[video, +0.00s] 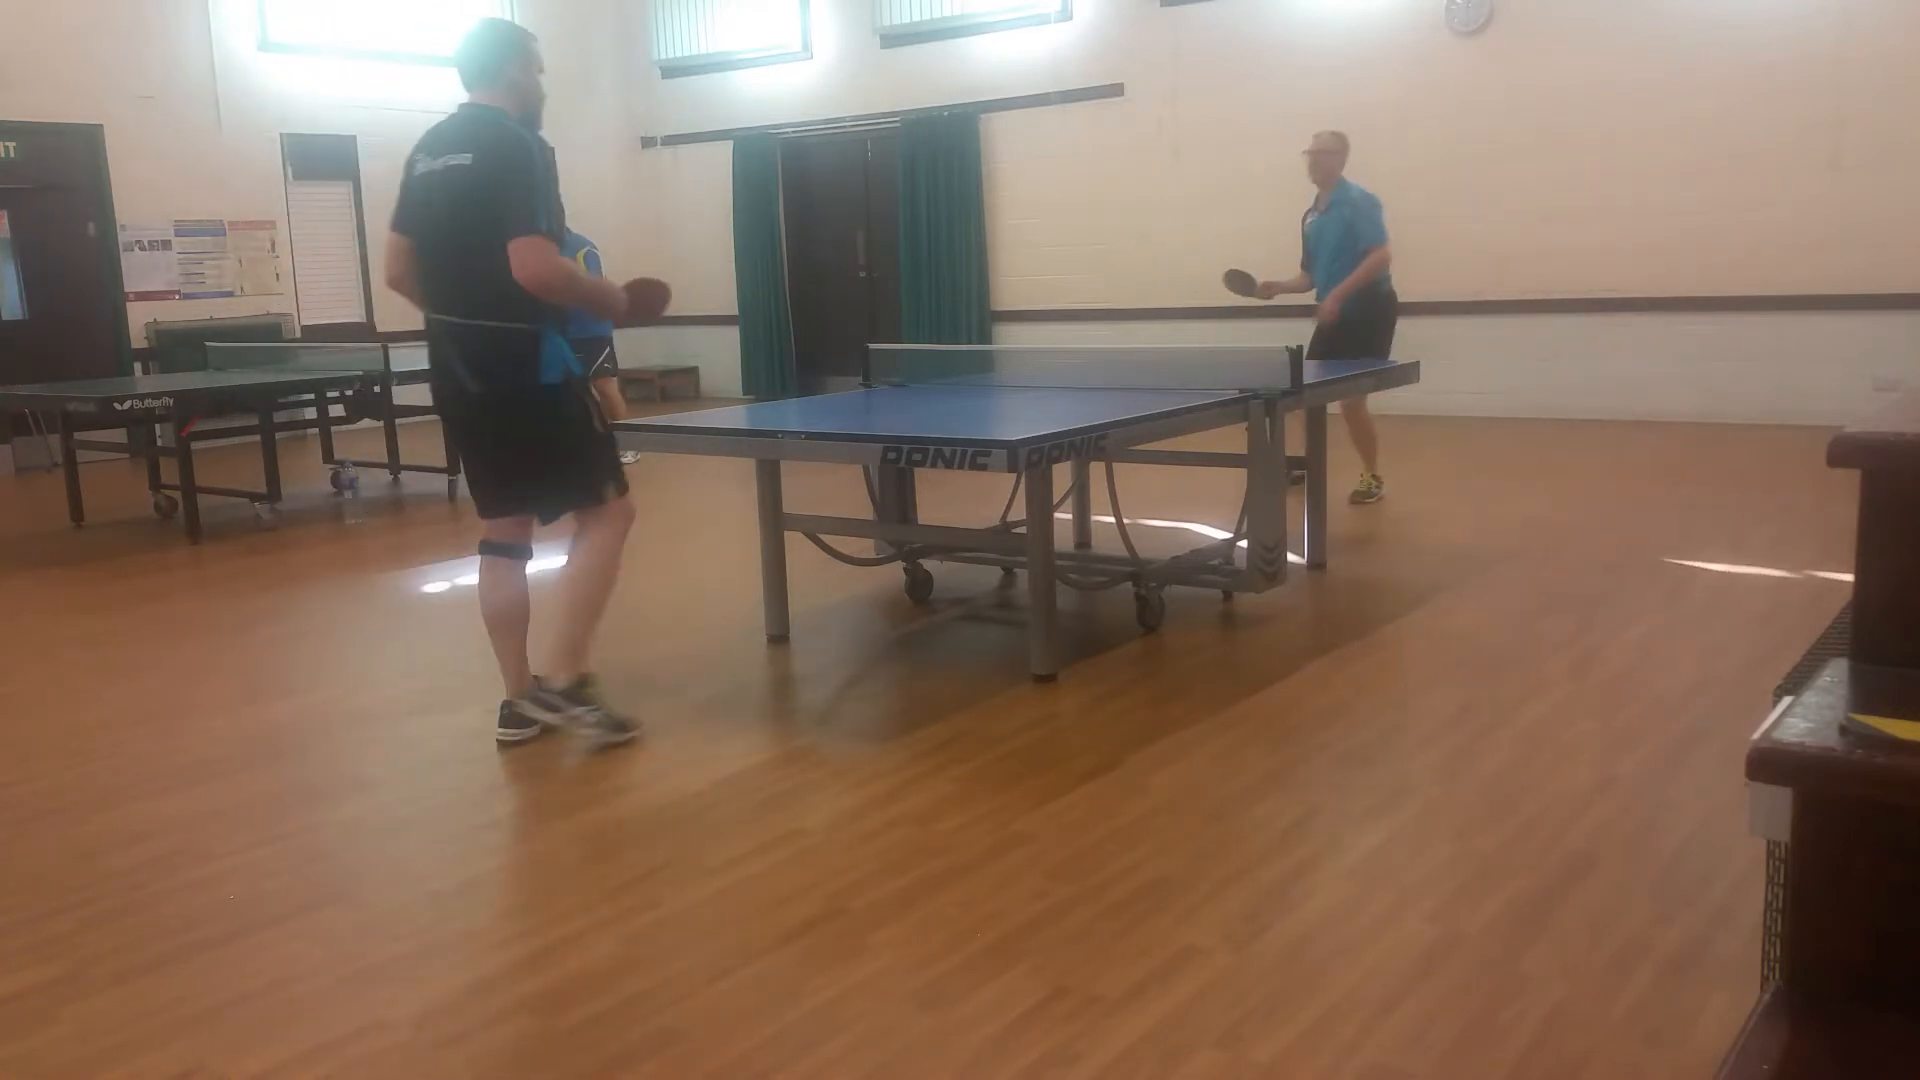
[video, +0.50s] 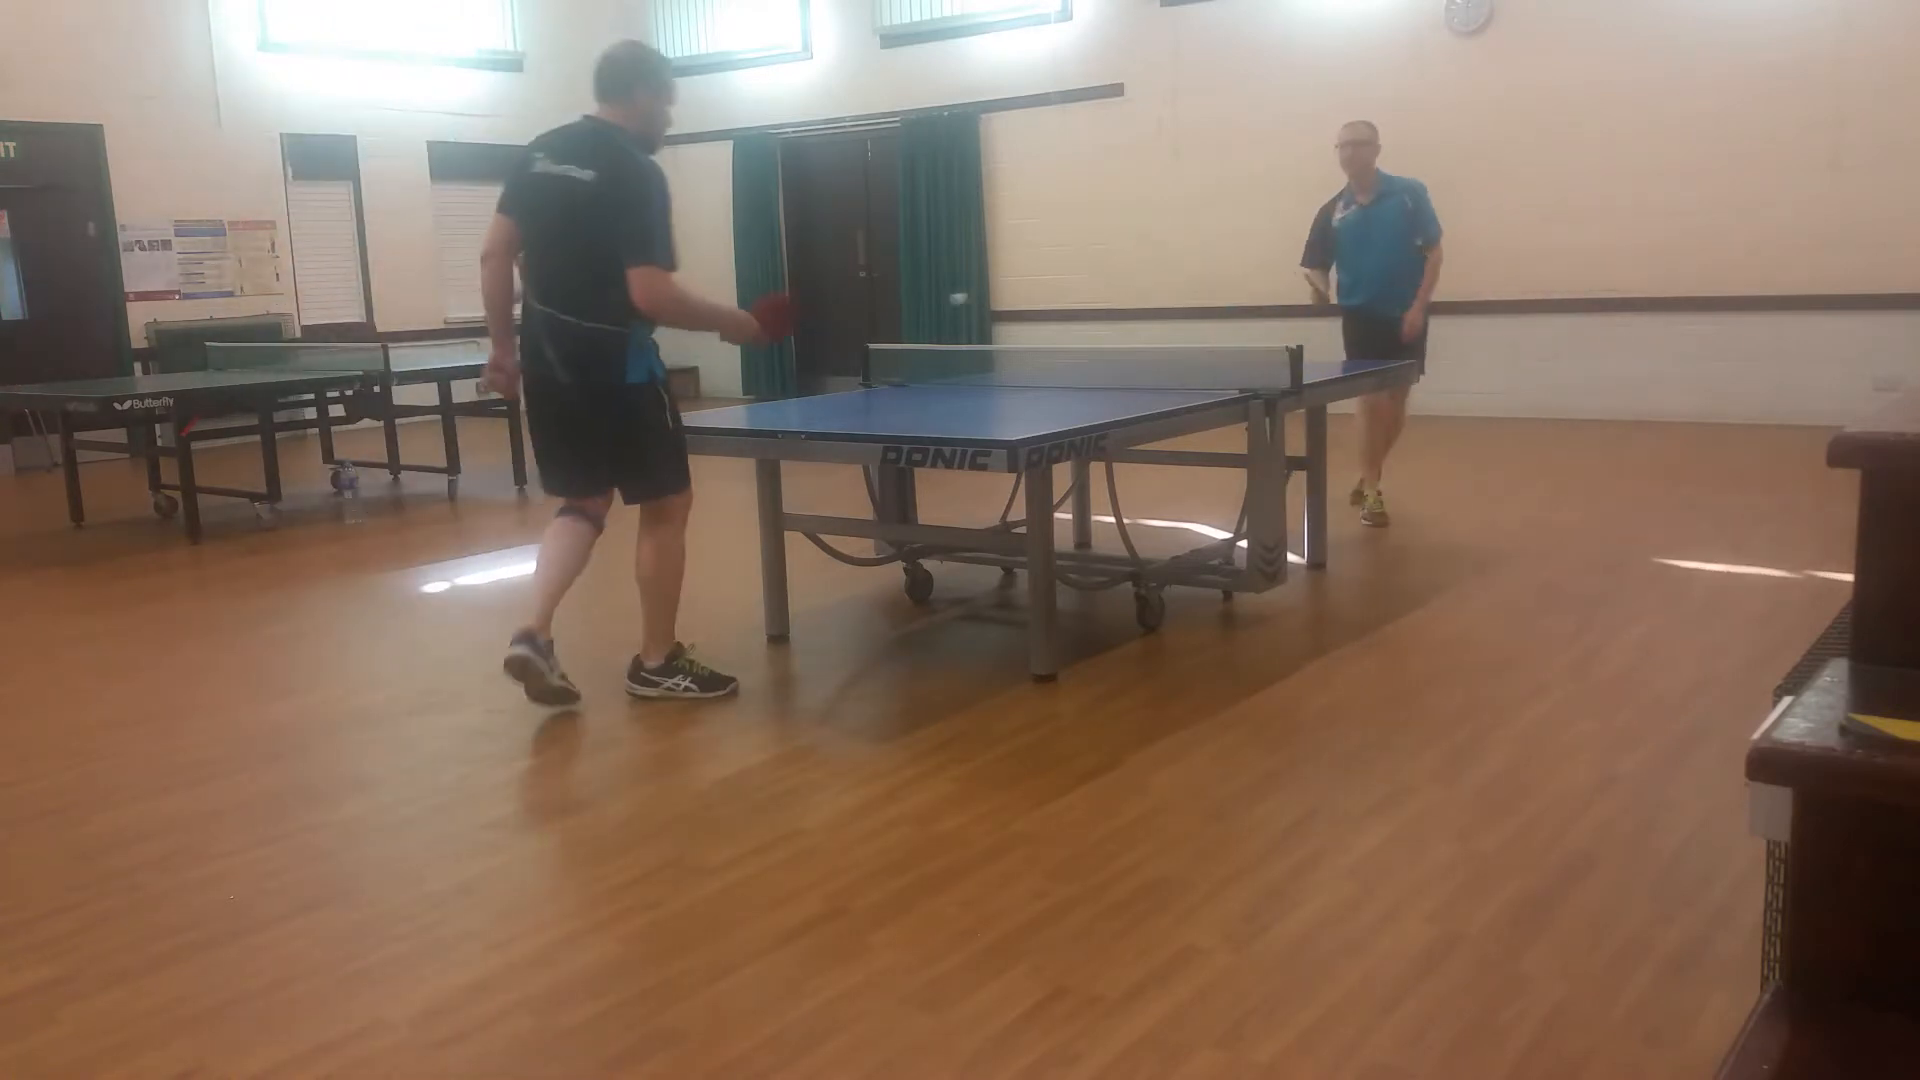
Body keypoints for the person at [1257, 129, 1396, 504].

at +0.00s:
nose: (1312, 162)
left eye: (1321, 155)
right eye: (1310, 155)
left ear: (1340, 159)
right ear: (1307, 160)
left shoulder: (1361, 202)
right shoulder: (1312, 216)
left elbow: (1380, 257)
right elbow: (1308, 278)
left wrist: (1336, 295)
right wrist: (1276, 287)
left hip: (1368, 306)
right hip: (1333, 309)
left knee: (1351, 396)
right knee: (1310, 388)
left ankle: (1371, 476)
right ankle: (1307, 465)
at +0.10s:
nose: (1326, 154)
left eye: (1335, 146)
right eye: (1321, 147)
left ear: (1353, 151)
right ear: (1315, 152)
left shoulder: (1376, 195)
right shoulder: (1315, 209)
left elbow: (1400, 249)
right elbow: (1315, 267)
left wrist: (1359, 291)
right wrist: (1291, 284)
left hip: (1374, 307)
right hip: (1333, 309)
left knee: (1363, 395)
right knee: (1314, 390)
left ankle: (1373, 474)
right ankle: (1321, 468)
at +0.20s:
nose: (1335, 148)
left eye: (1344, 141)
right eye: (1331, 142)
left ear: (1361, 146)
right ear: (1325, 147)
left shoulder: (1388, 191)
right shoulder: (1319, 203)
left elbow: (1414, 245)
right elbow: (1315, 260)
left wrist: (1378, 286)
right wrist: (1299, 282)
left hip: (1380, 309)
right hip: (1336, 309)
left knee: (1370, 394)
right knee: (1329, 394)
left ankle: (1371, 475)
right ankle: (1333, 475)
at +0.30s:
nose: (1343, 149)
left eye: (1352, 141)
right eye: (1338, 141)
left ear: (1370, 146)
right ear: (1331, 146)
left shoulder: (1399, 192)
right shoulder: (1323, 204)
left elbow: (1423, 247)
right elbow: (1315, 258)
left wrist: (1391, 288)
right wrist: (1305, 281)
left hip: (1387, 310)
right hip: (1342, 312)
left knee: (1376, 396)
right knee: (1346, 398)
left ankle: (1370, 475)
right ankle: (1345, 480)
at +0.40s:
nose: (1349, 151)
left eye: (1357, 143)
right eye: (1343, 144)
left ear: (1375, 148)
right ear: (1335, 150)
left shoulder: (1406, 195)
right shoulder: (1327, 207)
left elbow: (1428, 251)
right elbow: (1314, 264)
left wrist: (1404, 296)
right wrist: (1312, 299)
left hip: (1394, 313)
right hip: (1350, 315)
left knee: (1383, 400)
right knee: (1361, 400)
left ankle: (1370, 477)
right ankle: (1365, 482)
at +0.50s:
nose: (1351, 153)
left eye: (1360, 145)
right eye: (1345, 146)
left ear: (1376, 149)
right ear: (1336, 153)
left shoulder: (1409, 193)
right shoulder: (1331, 211)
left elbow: (1434, 251)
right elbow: (1314, 267)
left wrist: (1419, 306)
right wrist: (1327, 307)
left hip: (1405, 316)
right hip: (1358, 319)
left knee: (1394, 409)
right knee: (1371, 404)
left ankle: (1364, 482)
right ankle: (1372, 491)